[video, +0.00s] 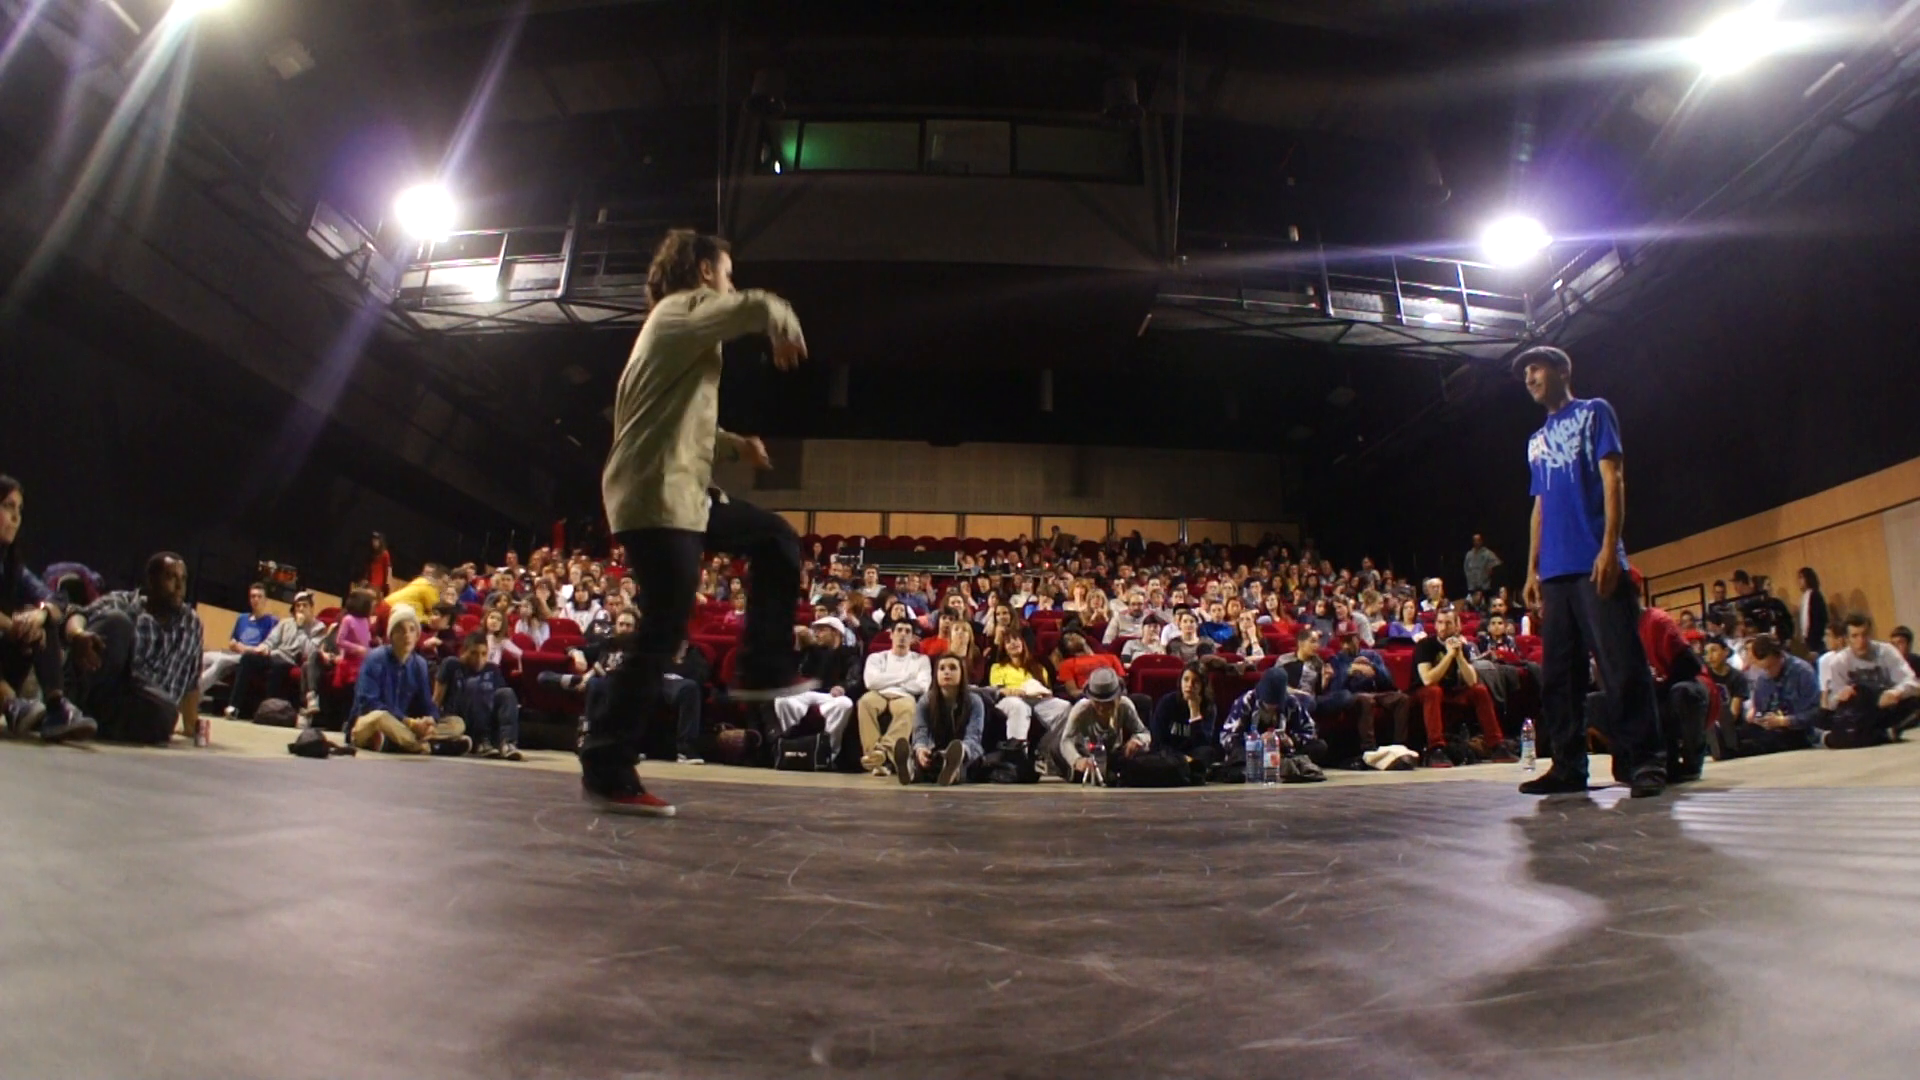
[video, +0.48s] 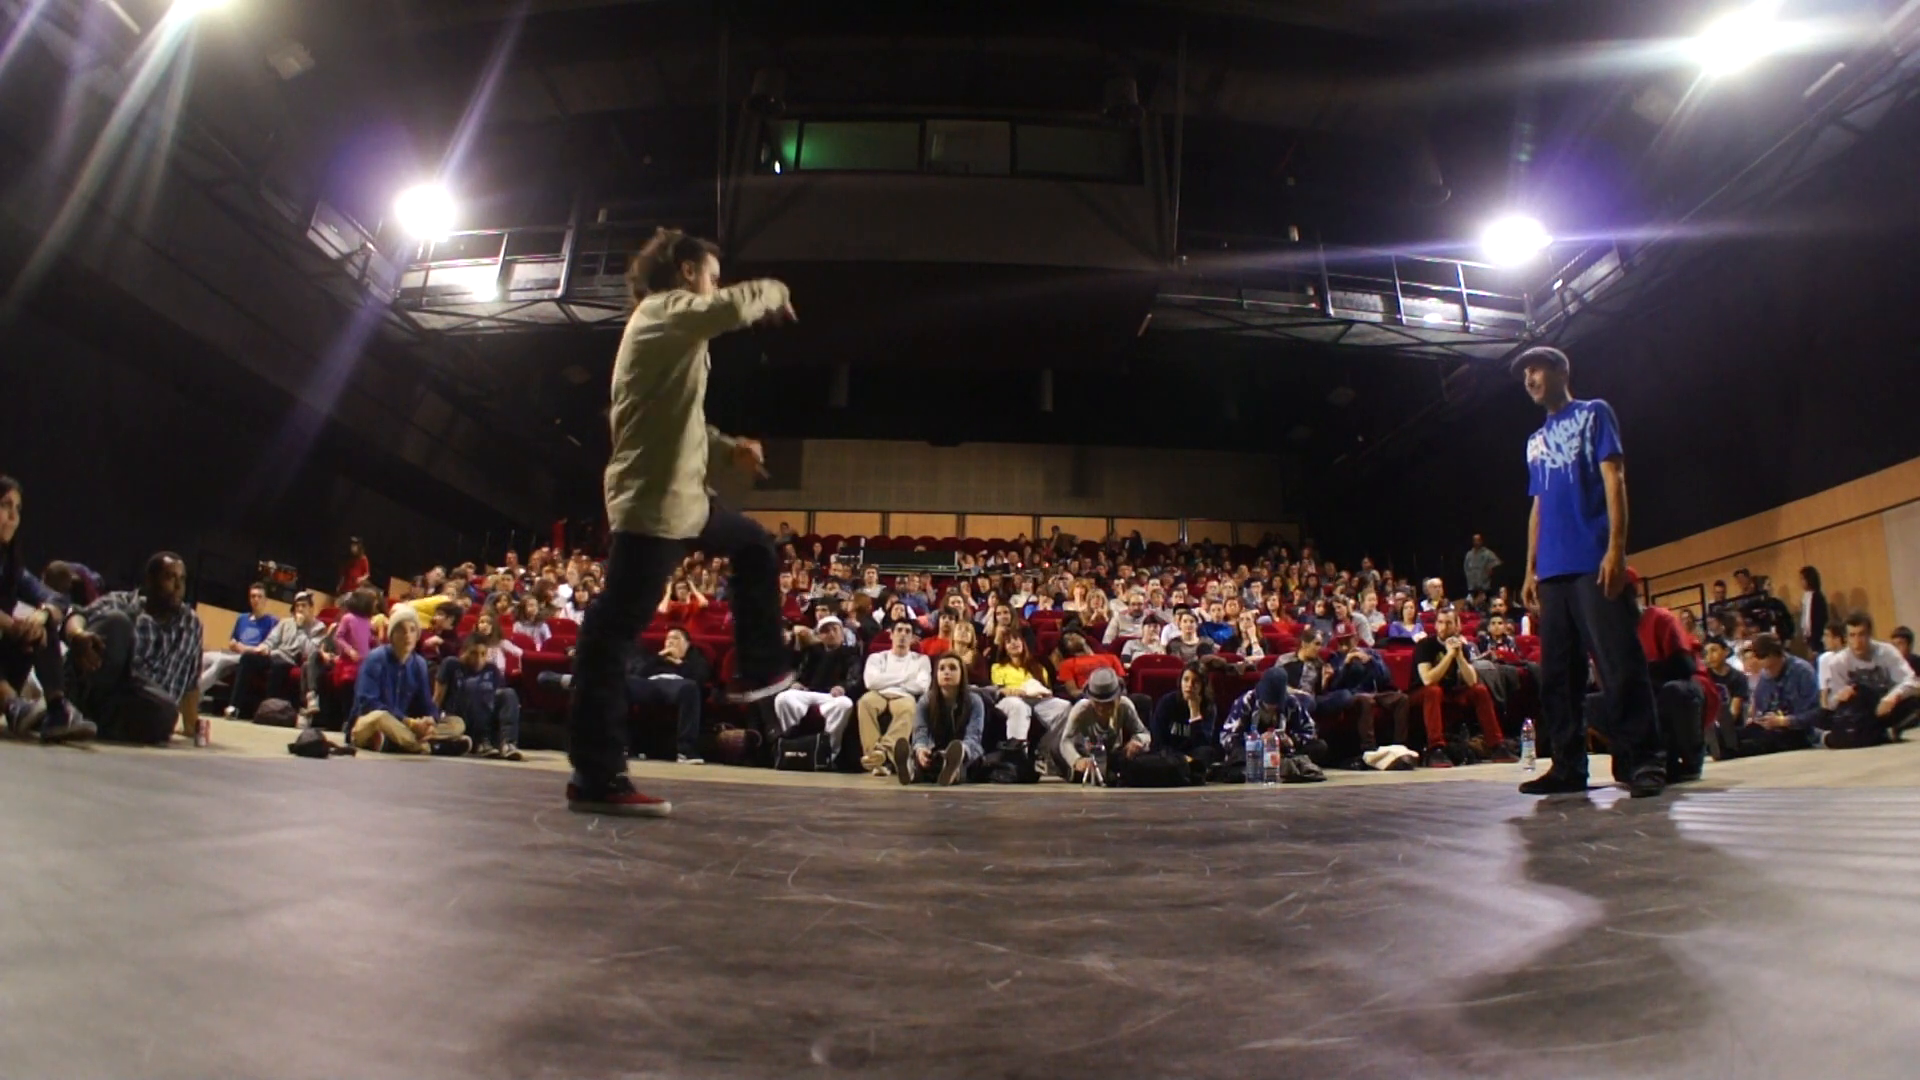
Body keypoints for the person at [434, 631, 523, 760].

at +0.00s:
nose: (479, 659)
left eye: (483, 654)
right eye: (474, 654)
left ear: (488, 654)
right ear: (465, 652)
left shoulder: (492, 670)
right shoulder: (451, 665)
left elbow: (501, 695)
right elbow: (438, 698)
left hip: (488, 717)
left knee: (507, 693)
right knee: (472, 687)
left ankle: (507, 743)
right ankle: (482, 742)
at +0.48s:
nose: (478, 658)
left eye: (482, 654)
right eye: (474, 653)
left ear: (487, 655)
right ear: (466, 653)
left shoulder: (492, 670)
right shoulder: (451, 665)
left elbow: (499, 693)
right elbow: (438, 696)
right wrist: (431, 720)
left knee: (509, 694)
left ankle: (508, 743)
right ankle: (483, 742)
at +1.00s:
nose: (479, 659)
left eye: (483, 654)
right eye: (474, 653)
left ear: (487, 653)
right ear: (465, 652)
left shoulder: (491, 669)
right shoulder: (450, 664)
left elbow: (498, 695)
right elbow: (438, 697)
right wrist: (430, 721)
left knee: (511, 694)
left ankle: (508, 743)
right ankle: (483, 742)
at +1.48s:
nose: (478, 659)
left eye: (483, 654)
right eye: (474, 653)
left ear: (487, 654)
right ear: (465, 652)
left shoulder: (491, 669)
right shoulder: (450, 664)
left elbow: (500, 695)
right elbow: (438, 697)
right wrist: (429, 722)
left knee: (510, 694)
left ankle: (508, 743)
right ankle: (483, 742)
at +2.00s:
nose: (478, 659)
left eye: (483, 654)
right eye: (474, 654)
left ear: (488, 654)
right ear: (465, 653)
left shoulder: (491, 669)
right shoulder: (451, 664)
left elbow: (499, 694)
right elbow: (438, 697)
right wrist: (429, 721)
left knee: (510, 694)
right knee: (471, 690)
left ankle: (507, 743)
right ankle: (482, 742)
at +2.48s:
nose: (478, 658)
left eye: (482, 654)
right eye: (474, 653)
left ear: (486, 654)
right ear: (465, 653)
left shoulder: (491, 669)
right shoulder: (451, 665)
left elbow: (498, 695)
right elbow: (438, 697)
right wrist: (430, 721)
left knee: (511, 694)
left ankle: (508, 743)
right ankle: (483, 742)